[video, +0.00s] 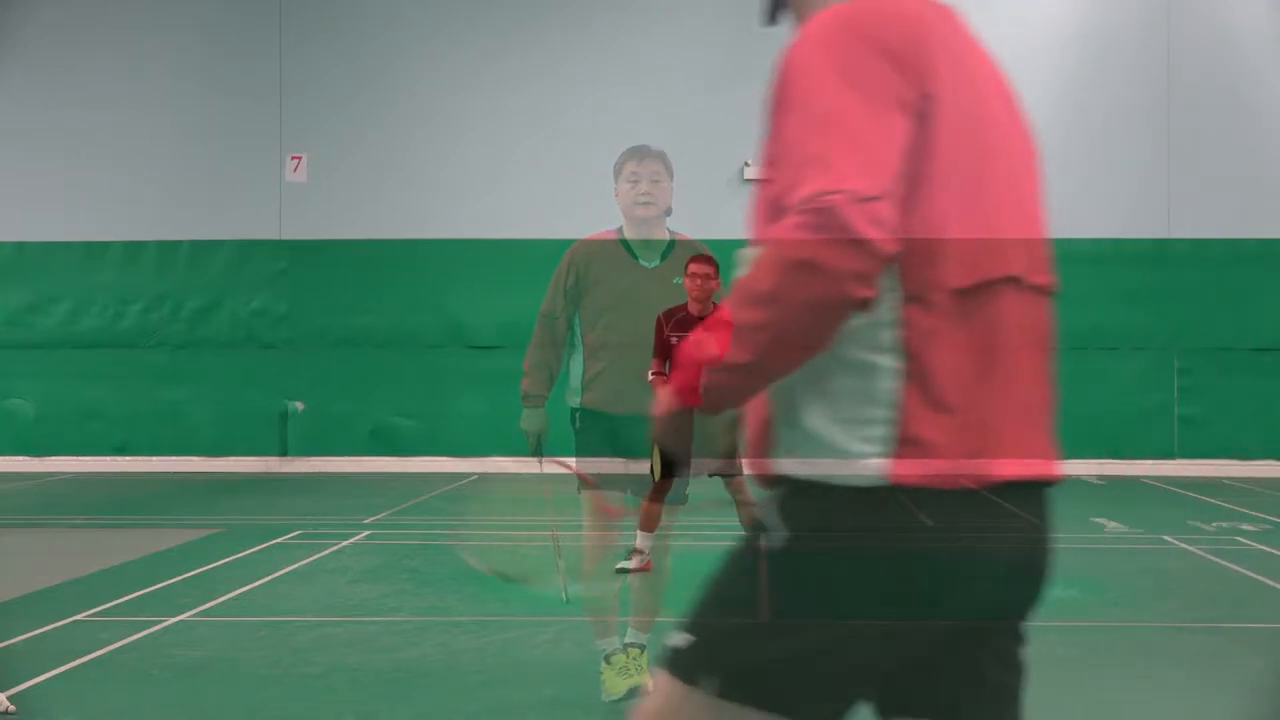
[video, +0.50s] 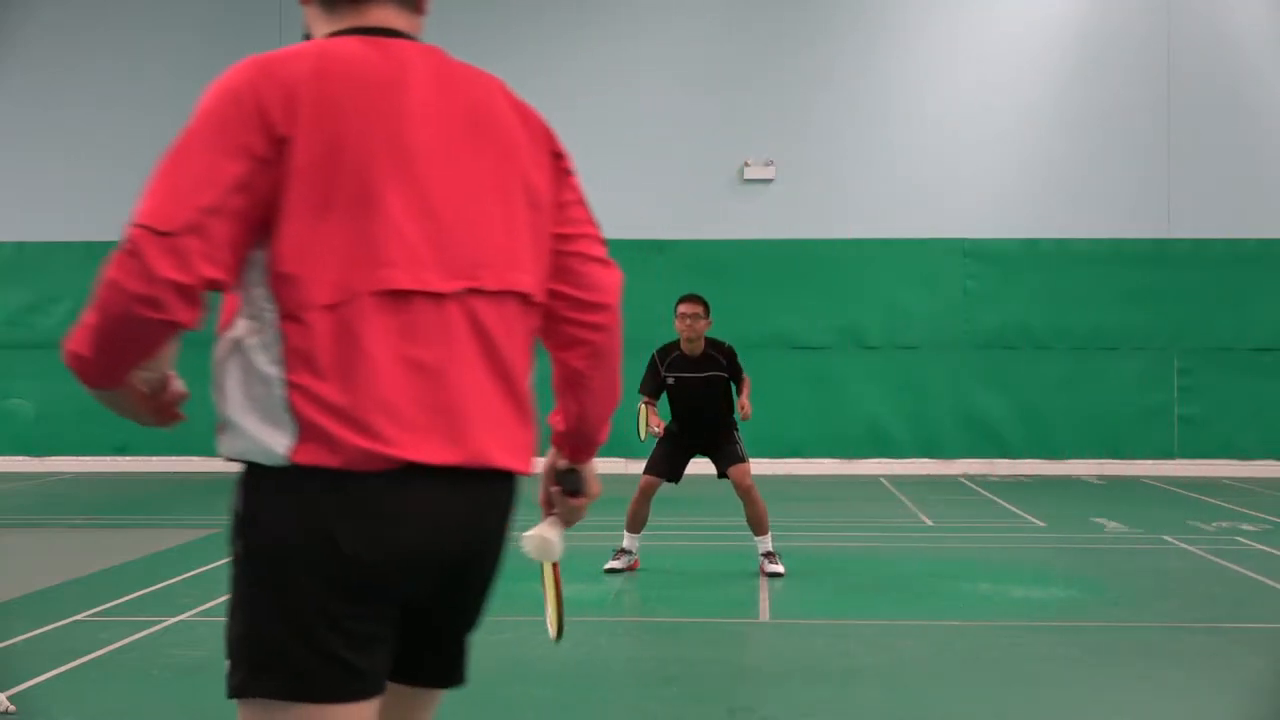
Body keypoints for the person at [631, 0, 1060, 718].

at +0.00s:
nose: (785, 17)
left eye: (787, 12)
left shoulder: (850, 30)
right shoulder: (959, 52)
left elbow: (833, 250)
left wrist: (692, 385)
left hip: (870, 517)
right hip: (986, 520)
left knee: (677, 706)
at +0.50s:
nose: (304, 18)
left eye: (303, 11)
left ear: (311, 6)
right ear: (422, 10)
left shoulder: (271, 86)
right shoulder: (512, 115)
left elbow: (164, 270)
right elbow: (592, 292)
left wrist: (109, 363)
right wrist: (577, 448)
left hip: (318, 490)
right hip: (472, 496)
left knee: (307, 709)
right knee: (405, 708)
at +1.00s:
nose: (214, 73)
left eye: (219, 54)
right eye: (217, 52)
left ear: (105, 33)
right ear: (184, 44)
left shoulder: (10, 111)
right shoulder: (223, 170)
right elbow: (282, 339)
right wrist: (284, 439)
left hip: (12, 469)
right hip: (147, 482)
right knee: (136, 708)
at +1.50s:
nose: (69, 108)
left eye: (69, 89)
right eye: (70, 88)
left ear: (19, 86)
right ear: (44, 86)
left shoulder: (22, 175)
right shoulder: (27, 173)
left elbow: (39, 313)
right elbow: (49, 316)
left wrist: (142, 375)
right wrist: (152, 378)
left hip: (8, 457)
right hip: (1, 456)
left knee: (13, 684)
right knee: (8, 689)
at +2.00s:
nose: (28, 159)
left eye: (37, 145)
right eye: (15, 137)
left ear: (40, 154)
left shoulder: (3, 234)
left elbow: (16, 375)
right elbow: (14, 382)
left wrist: (54, 384)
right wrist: (64, 384)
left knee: (23, 640)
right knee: (22, 640)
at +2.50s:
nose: (147, 186)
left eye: (151, 171)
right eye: (136, 166)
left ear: (78, 162)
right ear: (80, 159)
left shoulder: (14, 213)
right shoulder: (81, 248)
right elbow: (132, 387)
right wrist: (187, 435)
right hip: (19, 485)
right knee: (105, 654)